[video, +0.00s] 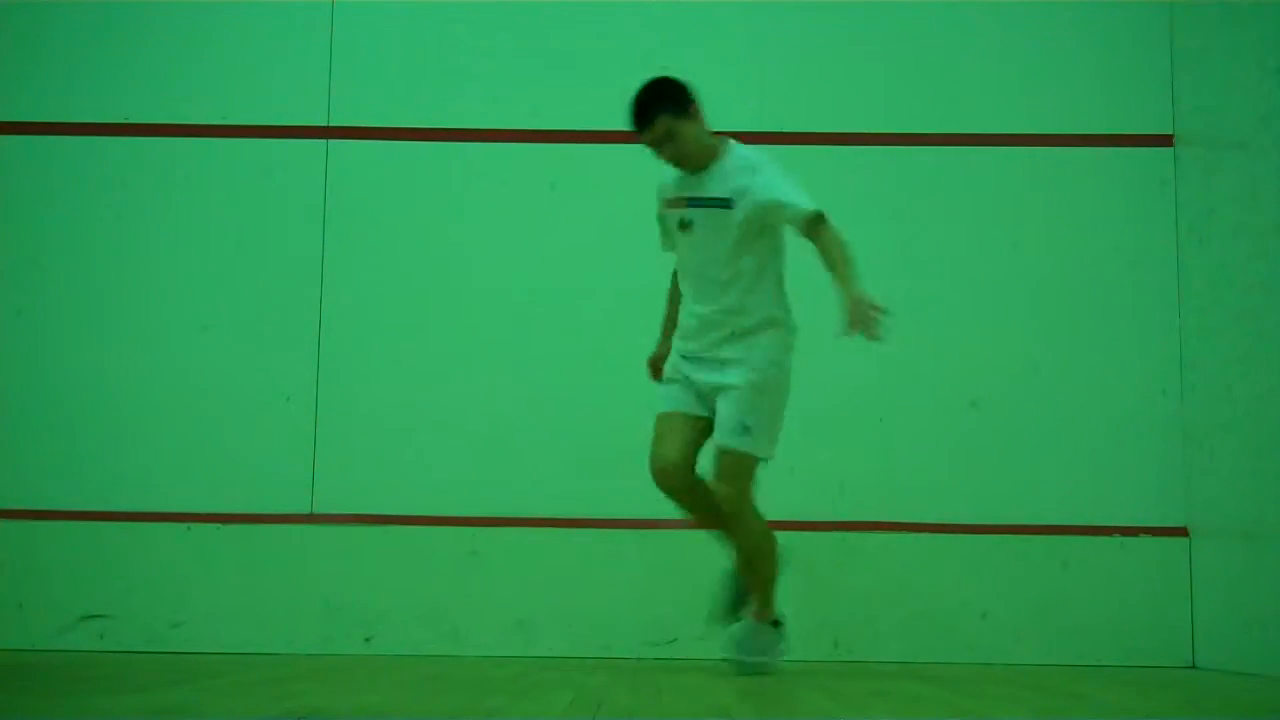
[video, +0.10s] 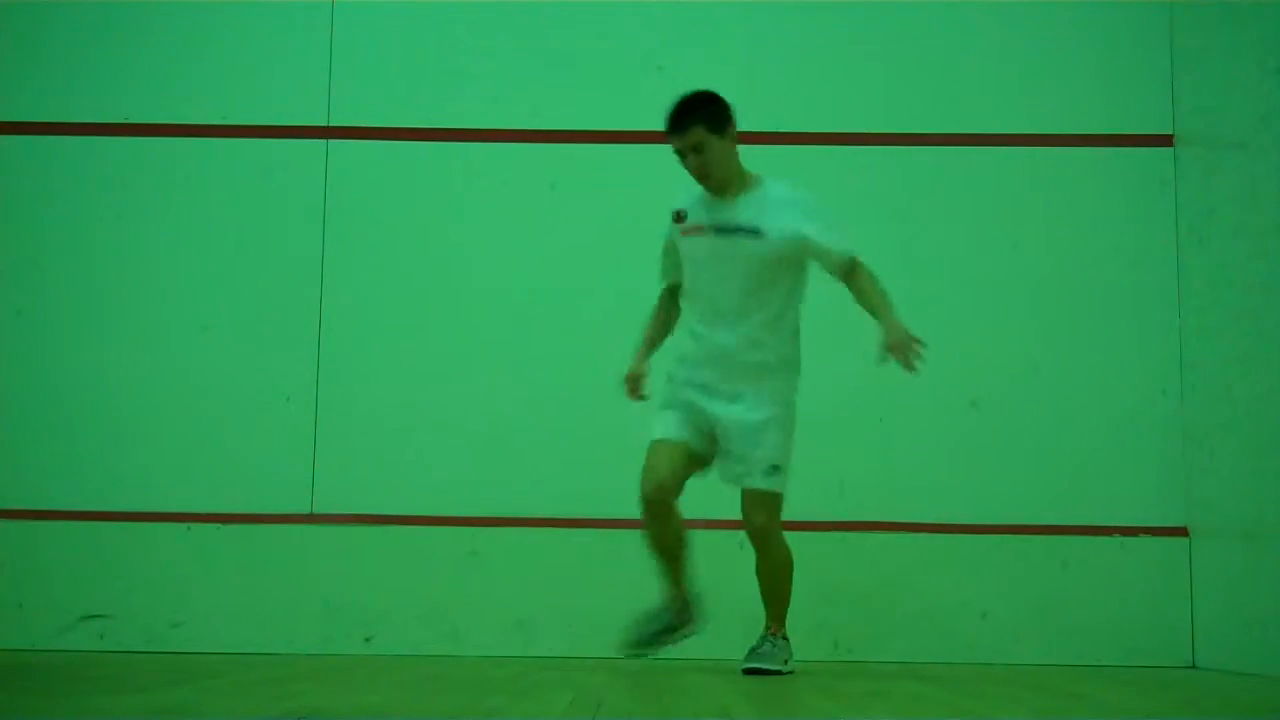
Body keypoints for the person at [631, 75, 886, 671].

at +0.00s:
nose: (665, 157)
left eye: (668, 141)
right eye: (656, 148)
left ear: (693, 118)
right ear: (656, 142)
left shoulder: (754, 174)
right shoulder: (674, 187)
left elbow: (819, 228)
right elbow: (681, 273)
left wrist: (850, 292)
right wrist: (666, 342)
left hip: (756, 352)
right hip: (694, 351)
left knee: (730, 489)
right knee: (668, 469)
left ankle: (764, 615)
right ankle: (748, 551)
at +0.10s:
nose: (691, 166)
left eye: (698, 150)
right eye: (682, 156)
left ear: (731, 138)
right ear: (678, 157)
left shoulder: (783, 210)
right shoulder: (687, 220)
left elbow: (850, 268)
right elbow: (670, 298)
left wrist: (891, 323)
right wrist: (642, 354)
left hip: (762, 393)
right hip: (694, 385)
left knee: (761, 521)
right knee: (655, 489)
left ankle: (775, 636)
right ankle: (679, 604)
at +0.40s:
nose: (683, 131)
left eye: (692, 117)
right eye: (674, 120)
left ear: (724, 104)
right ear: (668, 117)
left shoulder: (784, 152)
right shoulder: (658, 160)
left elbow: (861, 125)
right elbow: (578, 166)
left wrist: (917, 86)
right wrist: (489, 184)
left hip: (761, 335)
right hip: (688, 329)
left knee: (756, 436)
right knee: (605, 374)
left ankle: (730, 550)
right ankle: (642, 518)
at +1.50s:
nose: (619, 179)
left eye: (624, 166)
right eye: (611, 171)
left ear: (652, 146)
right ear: (608, 167)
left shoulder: (714, 183)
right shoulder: (612, 207)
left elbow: (776, 170)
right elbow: (544, 236)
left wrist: (842, 152)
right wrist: (466, 268)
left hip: (731, 335)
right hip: (681, 347)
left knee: (627, 320)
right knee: (661, 473)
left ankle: (594, 452)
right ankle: (664, 610)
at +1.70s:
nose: (642, 177)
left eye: (648, 163)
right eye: (634, 167)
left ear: (680, 149)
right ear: (631, 165)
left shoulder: (732, 197)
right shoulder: (655, 211)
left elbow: (798, 193)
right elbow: (667, 251)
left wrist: (746, 153)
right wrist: (634, 252)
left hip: (721, 385)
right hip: (662, 389)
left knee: (730, 502)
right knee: (639, 479)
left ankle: (766, 636)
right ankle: (673, 615)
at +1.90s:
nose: (629, 157)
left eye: (636, 144)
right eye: (618, 148)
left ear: (663, 131)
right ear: (610, 146)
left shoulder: (707, 180)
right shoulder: (616, 192)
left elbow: (725, 194)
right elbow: (643, 247)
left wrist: (699, 182)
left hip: (712, 340)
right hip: (652, 334)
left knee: (724, 478)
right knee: (549, 307)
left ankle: (734, 612)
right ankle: (661, 375)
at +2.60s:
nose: (594, 204)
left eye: (605, 193)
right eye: (586, 190)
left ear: (617, 189)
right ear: (562, 176)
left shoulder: (622, 250)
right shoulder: (520, 200)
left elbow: (683, 311)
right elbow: (458, 195)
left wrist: (730, 374)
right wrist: (391, 220)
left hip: (580, 395)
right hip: (516, 389)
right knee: (464, 480)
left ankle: (505, 635)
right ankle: (574, 570)